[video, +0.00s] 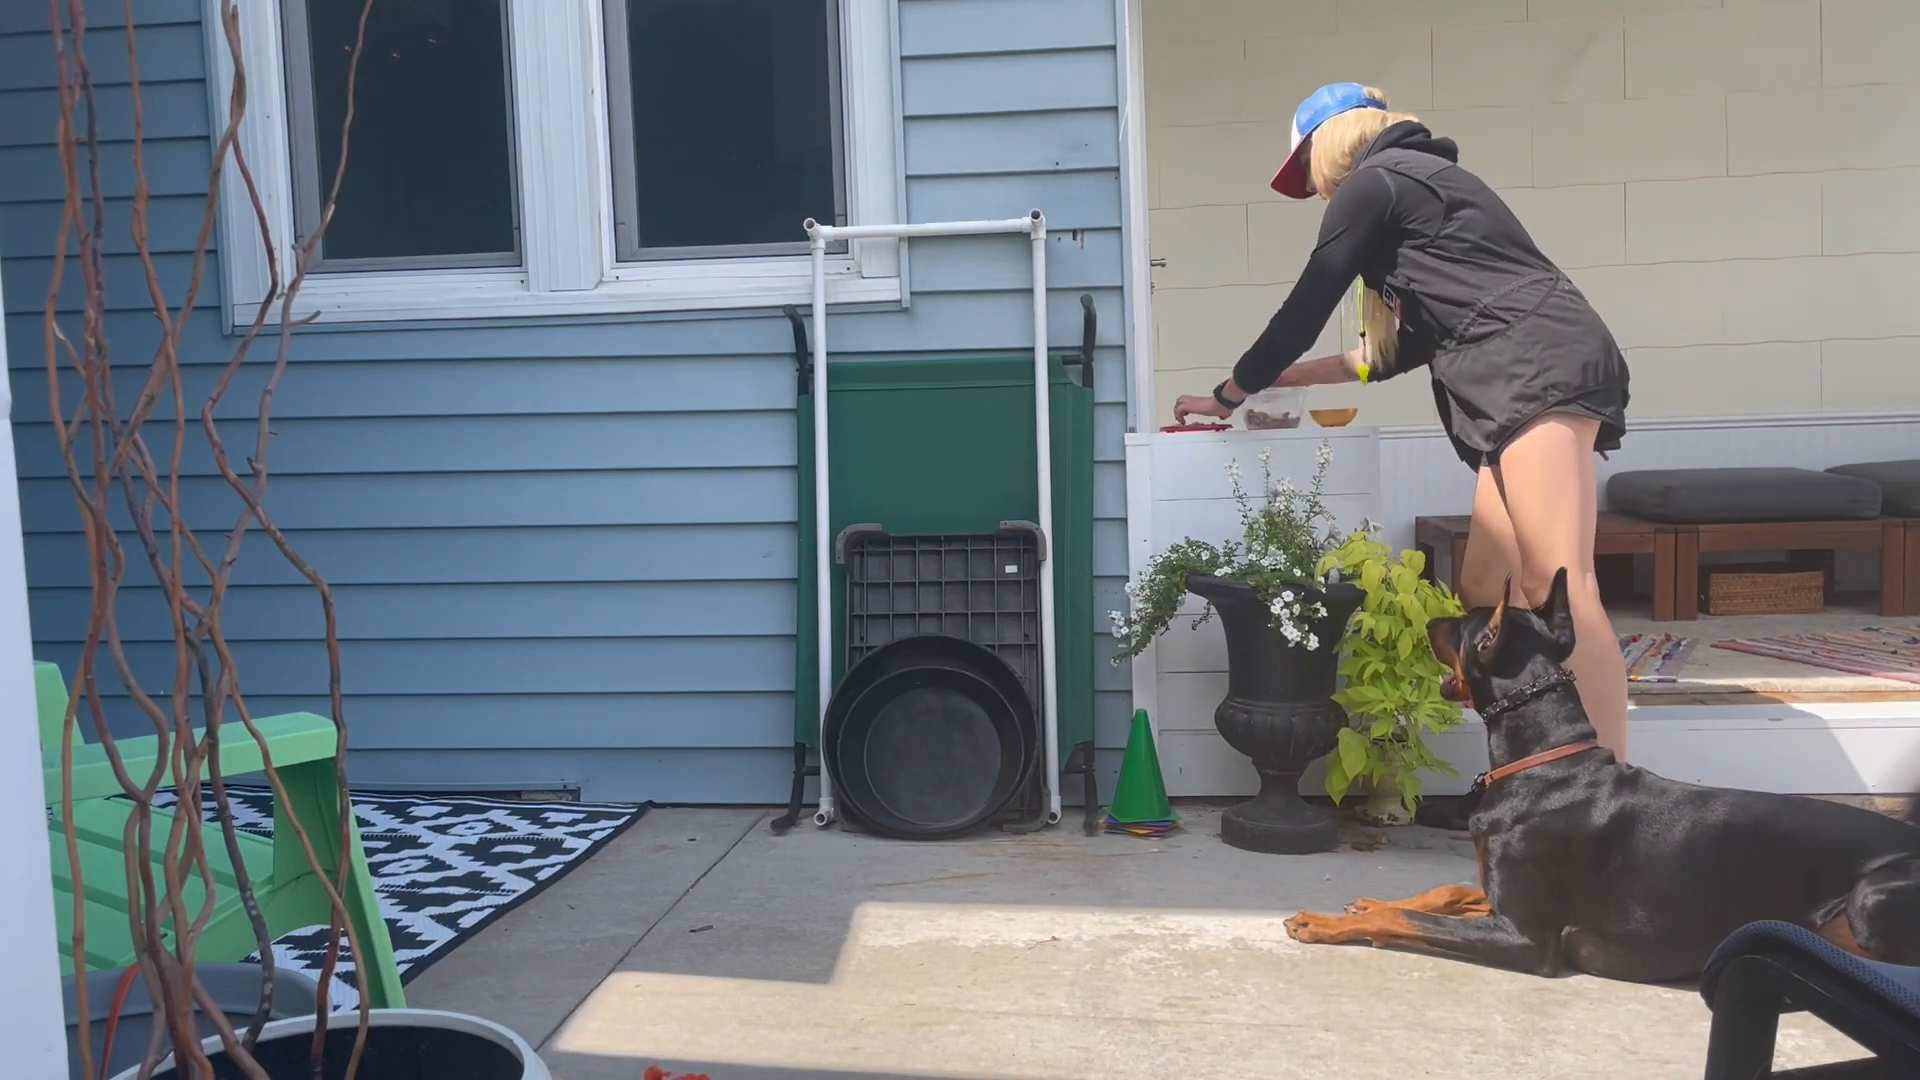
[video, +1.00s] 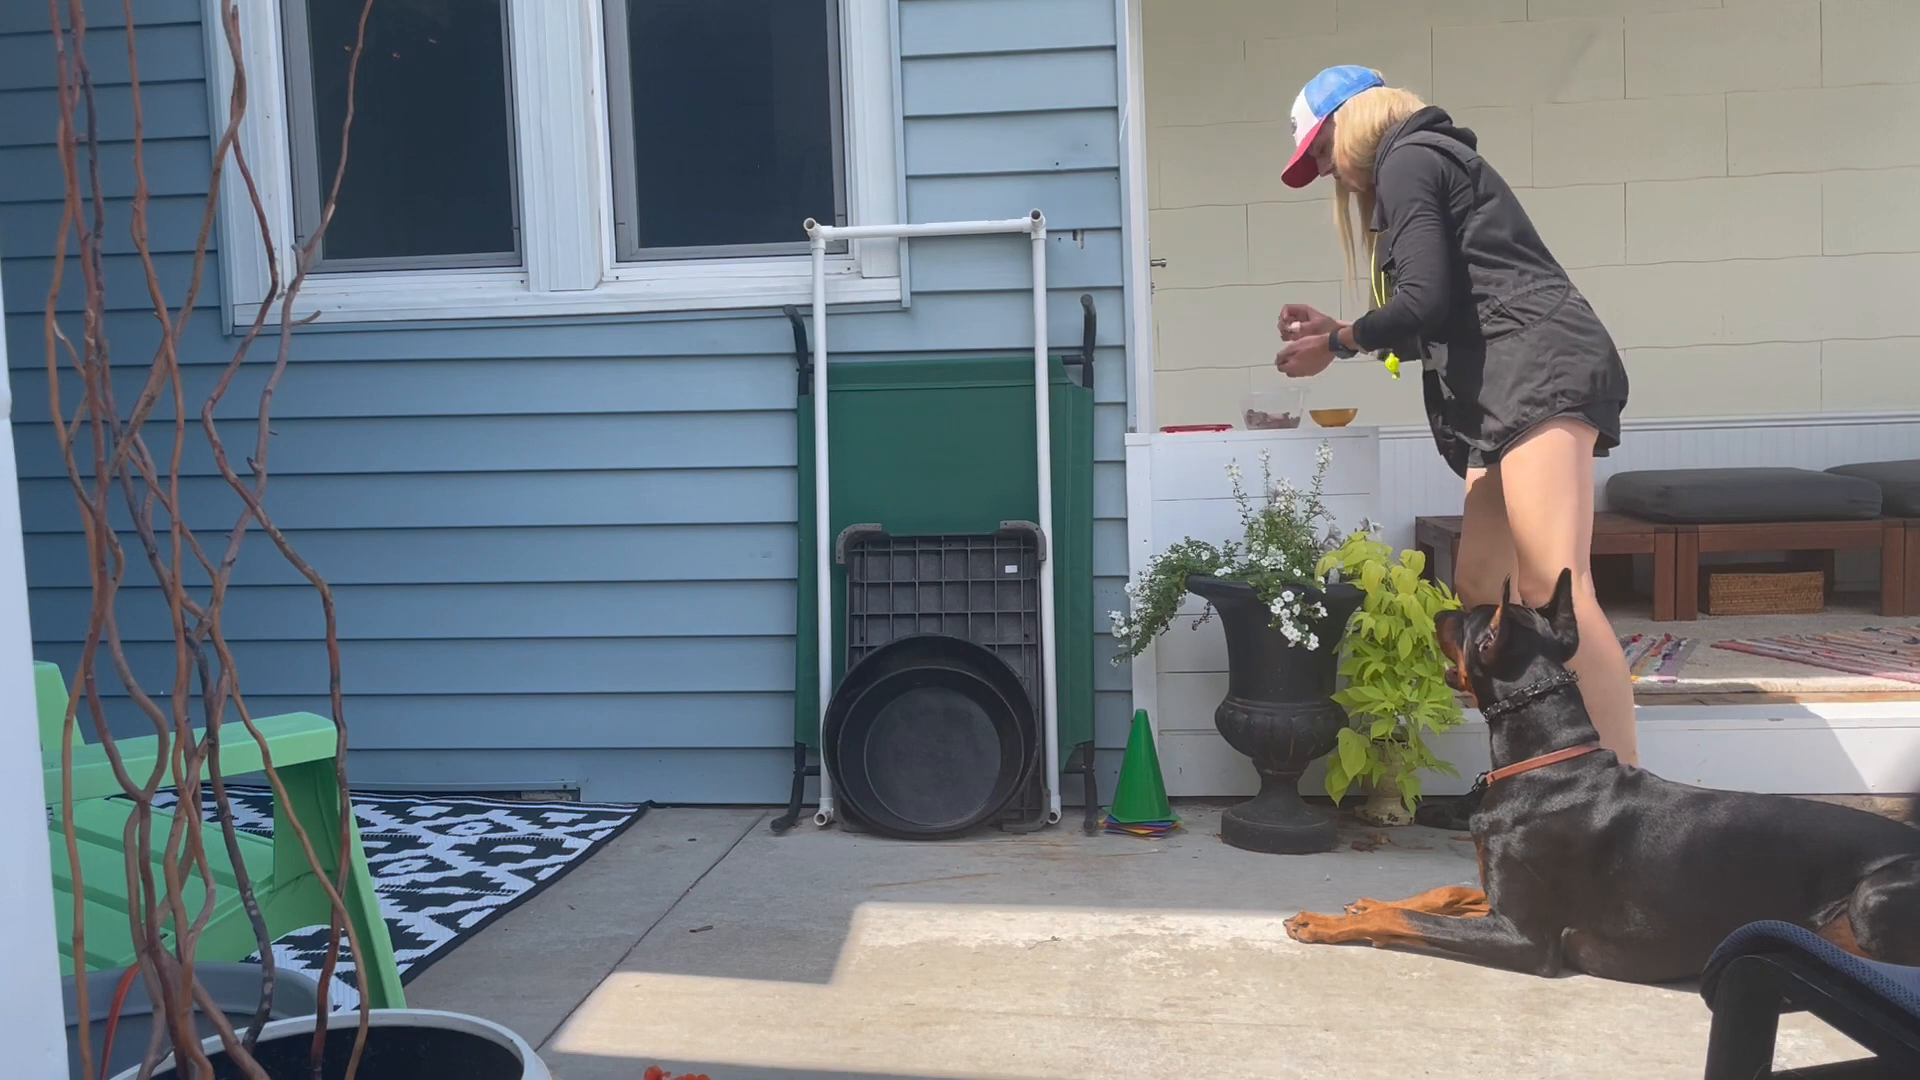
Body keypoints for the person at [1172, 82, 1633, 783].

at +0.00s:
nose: (1316, 185)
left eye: (1312, 164)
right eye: (1309, 172)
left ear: (1335, 140)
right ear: (1376, 133)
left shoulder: (1374, 182)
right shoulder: (1436, 181)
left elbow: (1307, 307)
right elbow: (1404, 349)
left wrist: (1226, 394)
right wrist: (1286, 377)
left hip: (1533, 362)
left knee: (1559, 587)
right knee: (1485, 589)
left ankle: (1609, 788)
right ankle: (1533, 779)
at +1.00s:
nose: (1332, 177)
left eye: (1327, 156)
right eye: (1322, 166)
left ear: (1351, 125)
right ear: (1376, 120)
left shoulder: (1409, 161)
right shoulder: (1423, 167)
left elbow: (1423, 303)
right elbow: (1430, 326)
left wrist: (1341, 340)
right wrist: (1342, 338)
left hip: (1535, 361)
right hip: (1496, 387)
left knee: (1558, 592)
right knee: (1480, 598)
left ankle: (1621, 797)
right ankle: (1535, 787)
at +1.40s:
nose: (1366, 134)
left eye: (1365, 114)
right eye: (1357, 125)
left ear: (1396, 80)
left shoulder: (1471, 123)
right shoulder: (1443, 146)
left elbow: (1550, 239)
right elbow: (1479, 283)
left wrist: (1444, 321)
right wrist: (1410, 335)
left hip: (1545, 398)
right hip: (1502, 405)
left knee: (1522, 643)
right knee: (1491, 637)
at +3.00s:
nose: (1290, 132)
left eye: (1285, 111)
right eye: (1275, 124)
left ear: (1315, 59)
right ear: (1280, 92)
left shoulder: (1419, 101)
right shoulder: (1344, 139)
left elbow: (1538, 226)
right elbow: (1398, 282)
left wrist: (1417, 320)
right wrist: (1334, 359)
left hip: (1491, 391)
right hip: (1401, 402)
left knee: (1496, 632)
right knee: (1343, 596)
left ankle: (1548, 830)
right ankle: (1436, 818)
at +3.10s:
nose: (1250, 124)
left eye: (1246, 102)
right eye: (1236, 114)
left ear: (1280, 55)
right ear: (1253, 78)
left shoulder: (1387, 99)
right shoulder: (1317, 136)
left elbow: (1491, 231)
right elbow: (1365, 282)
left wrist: (1369, 320)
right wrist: (1296, 350)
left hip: (1452, 389)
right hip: (1364, 398)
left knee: (1475, 635)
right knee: (1285, 594)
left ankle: (1546, 836)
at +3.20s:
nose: (1206, 121)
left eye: (1208, 98)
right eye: (1193, 111)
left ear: (1246, 54)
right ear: (1189, 96)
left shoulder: (1340, 100)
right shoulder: (1266, 146)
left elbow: (1433, 240)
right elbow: (1312, 288)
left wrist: (1303, 318)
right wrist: (1243, 342)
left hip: (1403, 391)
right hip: (1312, 399)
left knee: (1438, 651)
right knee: (1232, 600)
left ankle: (1539, 828)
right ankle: (1160, 826)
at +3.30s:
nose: (1152, 116)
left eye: (1155, 94)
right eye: (1139, 105)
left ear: (1196, 51)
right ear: (1145, 89)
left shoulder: (1285, 103)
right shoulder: (1216, 141)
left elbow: (1367, 250)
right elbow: (1257, 280)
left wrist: (1232, 316)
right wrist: (1187, 332)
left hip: (1335, 396)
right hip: (1246, 404)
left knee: (1385, 645)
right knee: (1174, 607)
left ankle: (1549, 796)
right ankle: (1116, 835)